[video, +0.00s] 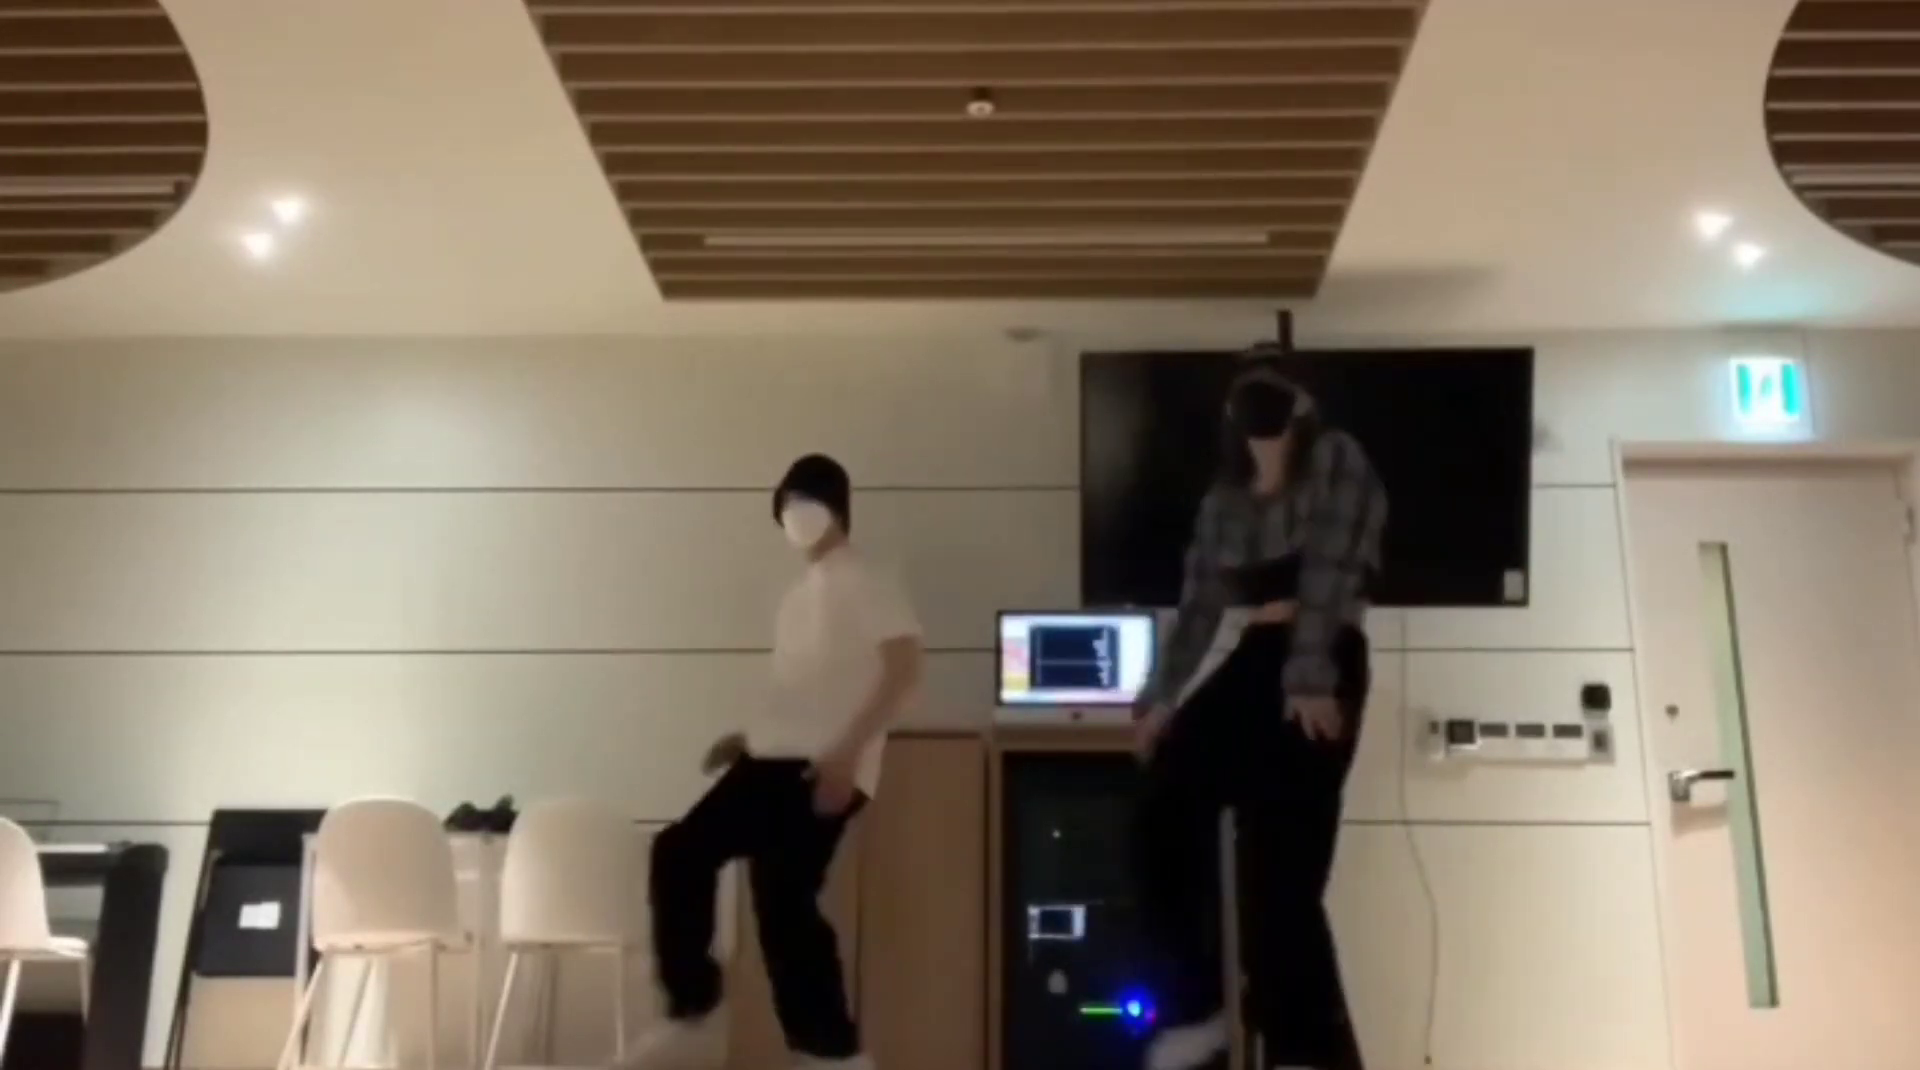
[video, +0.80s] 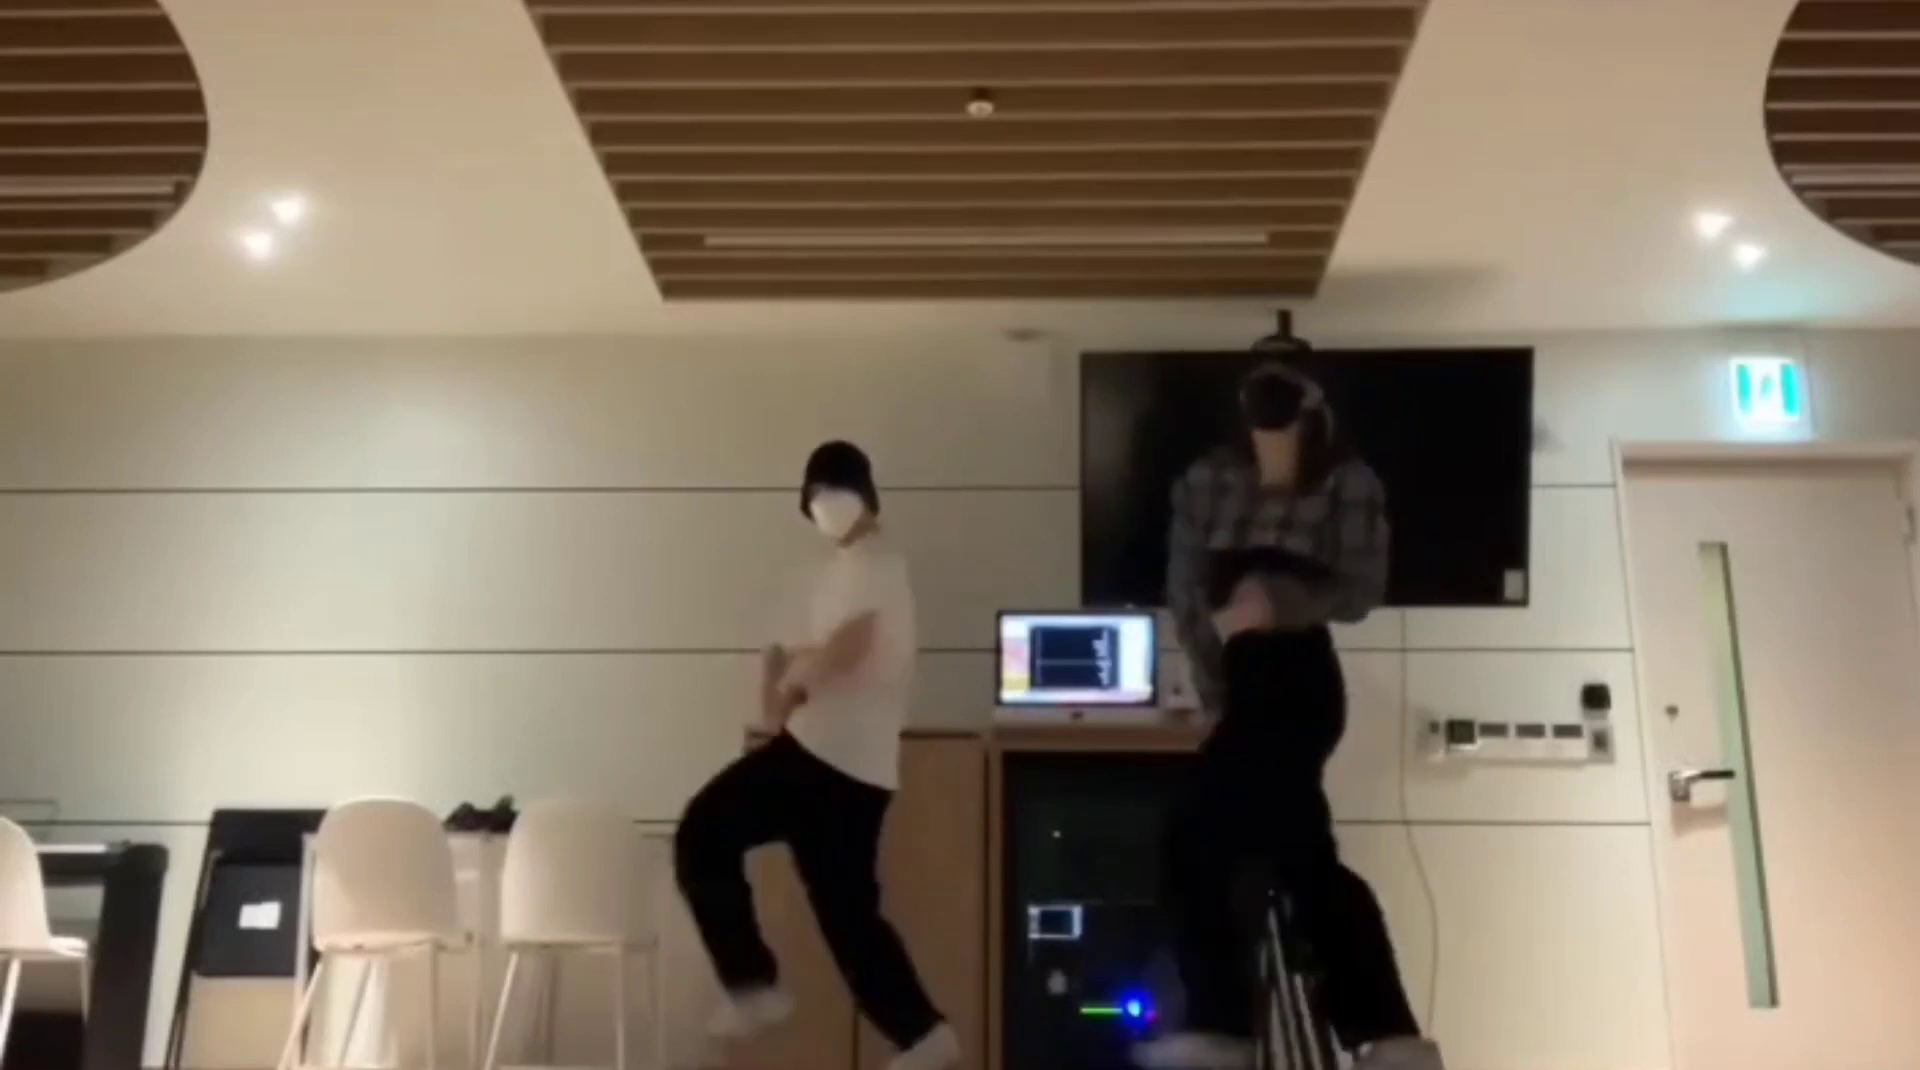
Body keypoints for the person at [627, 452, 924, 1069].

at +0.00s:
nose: (794, 519)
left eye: (805, 504)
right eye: (786, 508)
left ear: (834, 508)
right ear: (781, 519)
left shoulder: (867, 579)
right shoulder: (799, 592)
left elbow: (903, 667)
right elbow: (799, 686)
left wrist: (845, 758)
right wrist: (748, 740)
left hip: (819, 773)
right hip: (766, 766)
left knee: (785, 897)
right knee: (678, 853)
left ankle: (830, 1050)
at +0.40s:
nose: (824, 492)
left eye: (837, 479)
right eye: (813, 481)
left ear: (863, 490)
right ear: (798, 495)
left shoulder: (887, 557)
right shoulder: (780, 576)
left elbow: (902, 641)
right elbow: (767, 671)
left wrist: (832, 728)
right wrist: (761, 745)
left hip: (857, 767)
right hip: (784, 771)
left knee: (806, 905)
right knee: (744, 909)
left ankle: (832, 1051)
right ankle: (701, 1046)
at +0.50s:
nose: (831, 488)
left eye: (844, 474)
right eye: (819, 478)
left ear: (869, 485)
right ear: (806, 490)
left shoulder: (893, 556)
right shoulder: (793, 568)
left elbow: (911, 644)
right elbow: (771, 654)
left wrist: (835, 706)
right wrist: (764, 718)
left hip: (855, 751)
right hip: (786, 755)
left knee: (840, 894)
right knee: (792, 894)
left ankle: (834, 1043)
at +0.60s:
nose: (834, 496)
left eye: (846, 482)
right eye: (821, 485)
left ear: (871, 491)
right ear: (808, 495)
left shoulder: (895, 563)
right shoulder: (800, 568)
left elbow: (916, 653)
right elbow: (769, 650)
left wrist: (830, 692)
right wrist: (758, 706)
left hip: (854, 751)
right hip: (787, 751)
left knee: (834, 903)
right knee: (825, 900)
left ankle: (832, 1045)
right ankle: (902, 1011)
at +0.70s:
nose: (834, 507)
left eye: (846, 491)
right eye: (823, 495)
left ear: (873, 497)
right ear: (810, 504)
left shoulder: (900, 570)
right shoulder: (809, 570)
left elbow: (920, 658)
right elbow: (767, 635)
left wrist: (823, 680)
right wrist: (752, 690)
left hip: (839, 753)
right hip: (788, 745)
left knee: (815, 896)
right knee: (820, 896)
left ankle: (830, 1049)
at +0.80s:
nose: (826, 511)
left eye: (836, 495)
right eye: (816, 500)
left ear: (865, 496)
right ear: (808, 508)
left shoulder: (872, 566)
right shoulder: (838, 569)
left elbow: (849, 649)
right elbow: (791, 647)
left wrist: (792, 689)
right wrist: (770, 709)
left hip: (838, 757)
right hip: (831, 755)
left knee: (705, 835)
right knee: (847, 911)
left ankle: (752, 989)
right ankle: (922, 1035)